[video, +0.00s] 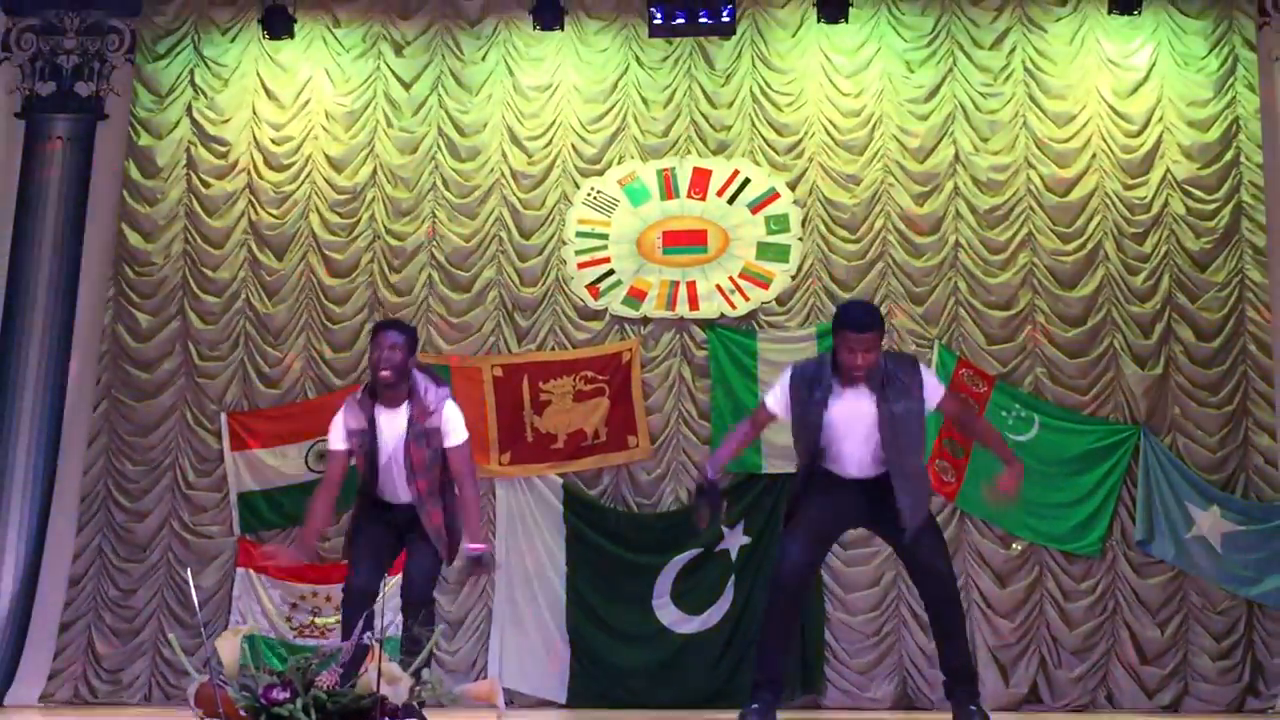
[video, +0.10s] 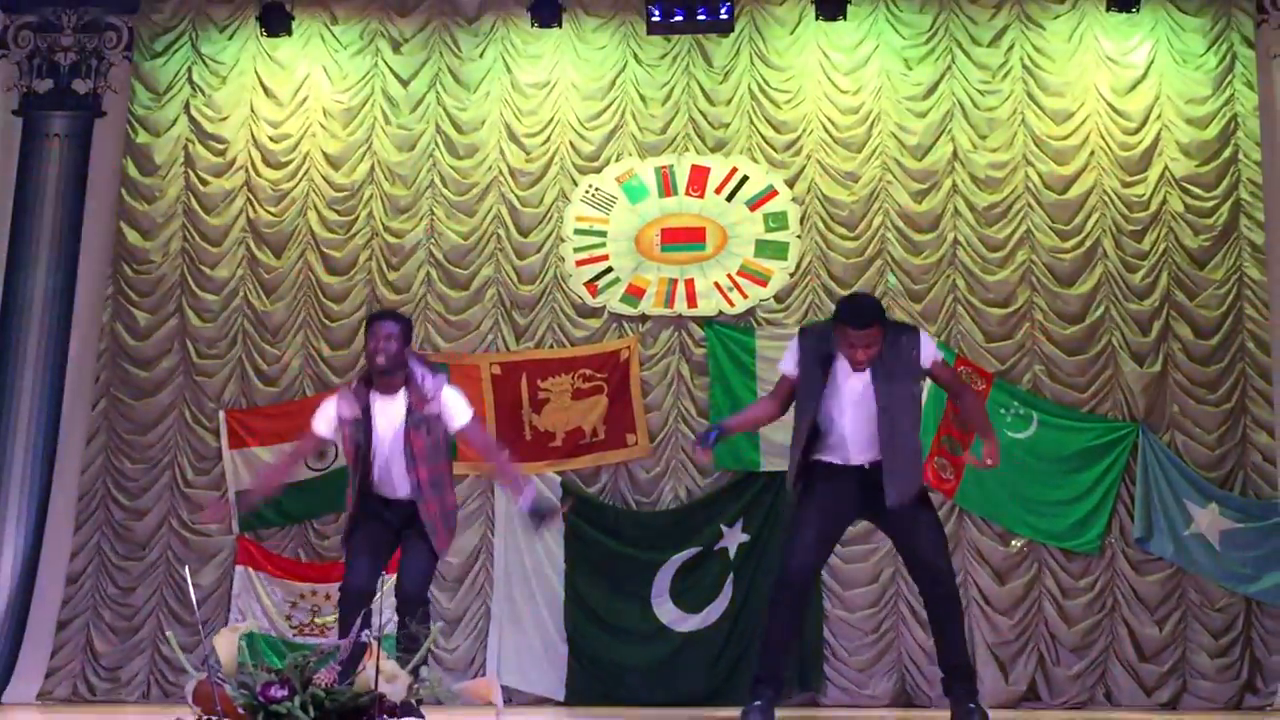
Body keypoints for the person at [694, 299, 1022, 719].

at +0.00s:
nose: (859, 360)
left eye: (868, 350)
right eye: (850, 350)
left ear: (881, 346)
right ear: (834, 344)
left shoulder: (909, 376)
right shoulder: (803, 379)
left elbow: (964, 415)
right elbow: (753, 424)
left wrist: (1011, 460)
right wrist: (713, 468)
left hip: (894, 493)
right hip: (826, 492)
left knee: (941, 585)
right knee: (788, 576)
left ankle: (965, 700)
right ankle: (764, 699)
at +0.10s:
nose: (860, 355)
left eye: (869, 346)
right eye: (851, 346)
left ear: (883, 333)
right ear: (836, 333)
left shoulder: (910, 344)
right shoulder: (809, 345)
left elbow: (959, 389)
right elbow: (775, 403)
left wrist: (986, 433)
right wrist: (721, 430)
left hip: (894, 481)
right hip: (828, 480)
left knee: (939, 581)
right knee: (793, 576)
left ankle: (964, 699)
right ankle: (764, 696)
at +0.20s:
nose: (863, 352)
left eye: (872, 343)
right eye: (855, 343)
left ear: (888, 332)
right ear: (840, 332)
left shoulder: (916, 345)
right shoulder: (815, 348)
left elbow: (959, 393)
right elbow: (787, 399)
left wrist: (965, 429)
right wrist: (761, 431)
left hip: (895, 479)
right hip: (829, 479)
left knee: (939, 577)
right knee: (794, 573)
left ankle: (964, 695)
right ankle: (764, 694)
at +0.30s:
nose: (869, 370)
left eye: (878, 361)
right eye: (860, 360)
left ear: (891, 354)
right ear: (843, 353)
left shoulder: (916, 377)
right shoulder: (816, 382)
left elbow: (961, 408)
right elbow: (788, 426)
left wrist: (966, 462)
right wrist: (778, 466)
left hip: (896, 485)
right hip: (830, 484)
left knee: (943, 578)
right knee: (794, 572)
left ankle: (968, 697)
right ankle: (764, 695)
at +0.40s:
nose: (877, 414)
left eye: (886, 404)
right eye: (867, 404)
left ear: (899, 400)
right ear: (851, 400)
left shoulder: (923, 416)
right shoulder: (823, 425)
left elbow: (964, 439)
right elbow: (791, 464)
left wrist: (985, 499)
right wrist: (783, 510)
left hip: (905, 507)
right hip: (840, 509)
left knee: (951, 591)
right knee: (799, 586)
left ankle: (974, 702)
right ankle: (769, 704)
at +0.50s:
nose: (885, 451)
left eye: (894, 441)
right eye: (875, 441)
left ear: (910, 438)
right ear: (860, 440)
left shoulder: (935, 452)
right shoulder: (832, 455)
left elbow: (980, 469)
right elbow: (792, 495)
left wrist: (1011, 524)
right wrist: (777, 547)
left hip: (915, 523)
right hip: (849, 525)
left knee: (966, 600)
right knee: (807, 594)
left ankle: (986, 707)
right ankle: (785, 705)